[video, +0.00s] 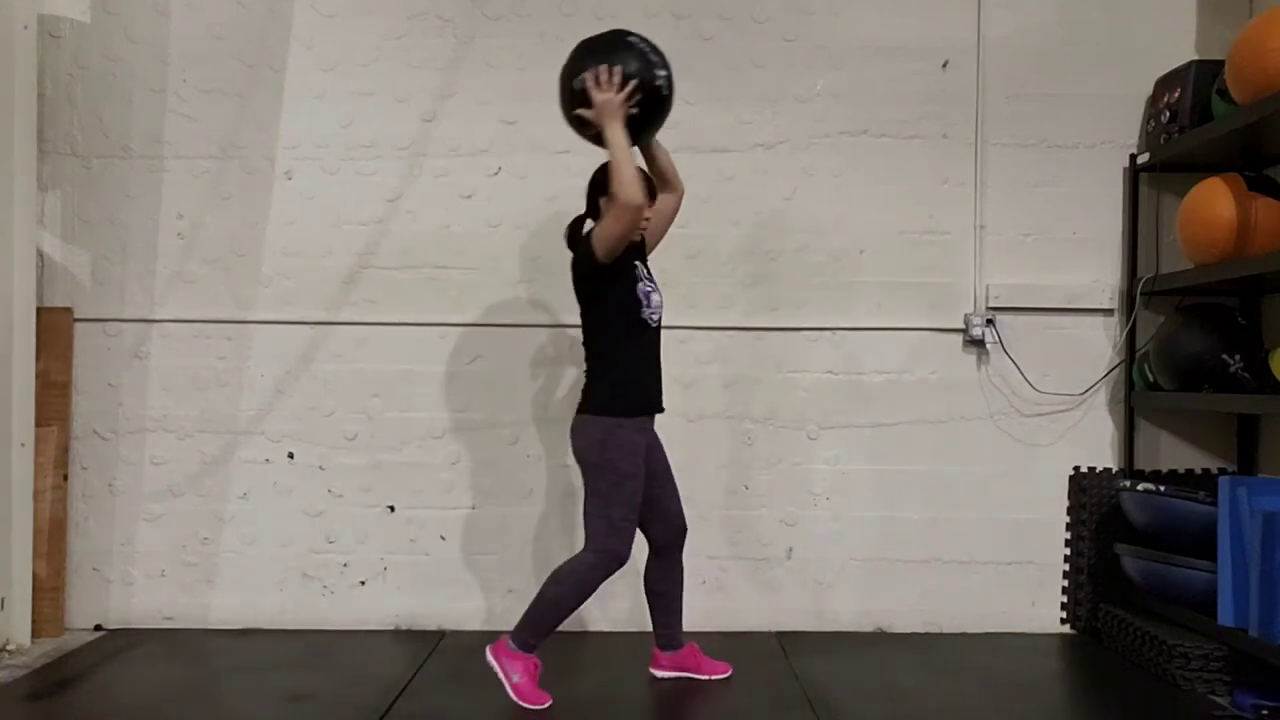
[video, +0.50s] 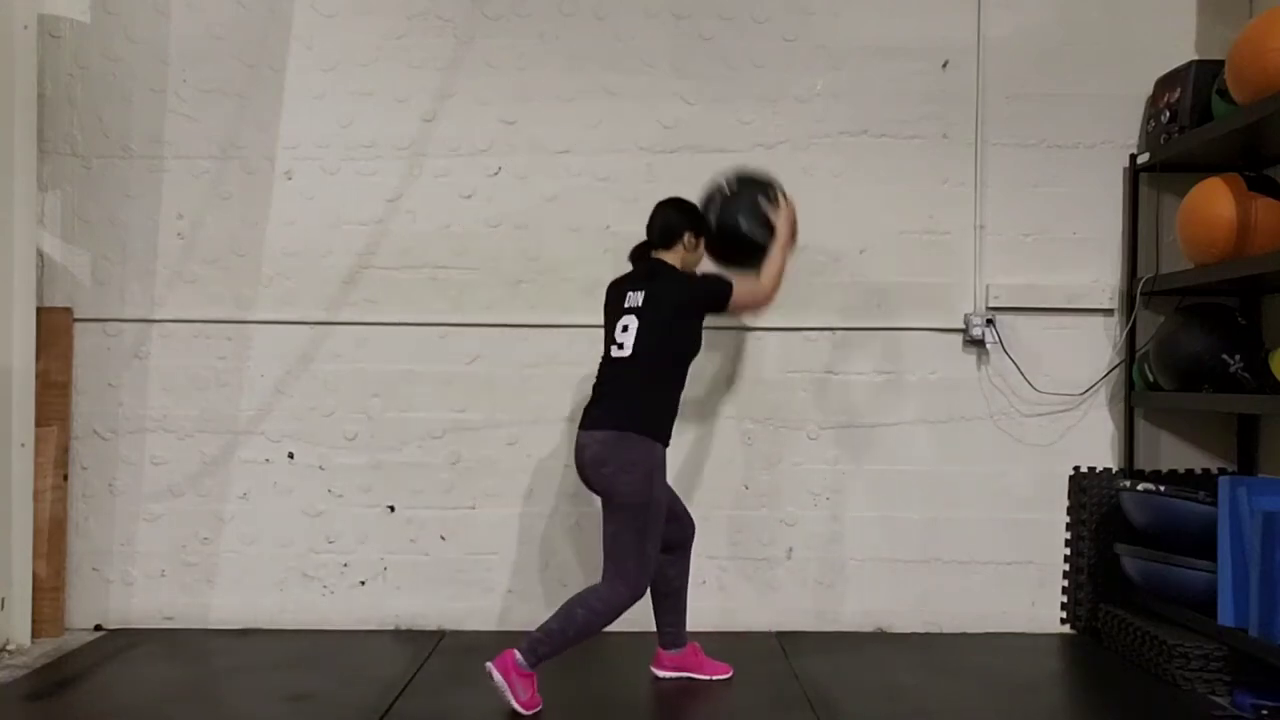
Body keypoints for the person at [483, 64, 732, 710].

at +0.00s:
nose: (637, 209)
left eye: (638, 198)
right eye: (627, 198)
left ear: (624, 207)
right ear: (606, 206)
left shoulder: (630, 249)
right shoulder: (593, 251)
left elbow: (673, 192)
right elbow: (631, 202)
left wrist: (640, 130)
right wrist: (611, 123)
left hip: (637, 427)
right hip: (607, 428)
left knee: (669, 535)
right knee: (607, 551)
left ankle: (671, 649)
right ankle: (517, 648)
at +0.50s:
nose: (702, 254)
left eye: (701, 245)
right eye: (700, 245)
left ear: (653, 239)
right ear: (687, 242)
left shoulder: (620, 286)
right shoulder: (685, 287)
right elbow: (759, 294)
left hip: (595, 446)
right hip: (632, 451)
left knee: (678, 532)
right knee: (626, 582)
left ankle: (673, 650)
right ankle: (522, 660)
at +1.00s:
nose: (734, 314)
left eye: (735, 306)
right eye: (734, 305)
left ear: (685, 301)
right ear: (721, 303)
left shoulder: (657, 348)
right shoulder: (720, 366)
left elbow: (660, 424)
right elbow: (733, 452)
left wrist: (733, 461)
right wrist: (748, 503)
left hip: (601, 476)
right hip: (620, 485)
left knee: (695, 534)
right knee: (628, 622)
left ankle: (676, 650)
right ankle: (516, 666)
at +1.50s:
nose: (697, 242)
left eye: (697, 234)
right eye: (695, 233)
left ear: (653, 233)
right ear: (674, 230)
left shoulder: (640, 282)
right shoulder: (678, 278)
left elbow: (685, 360)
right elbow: (749, 325)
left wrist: (726, 301)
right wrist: (774, 290)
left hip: (626, 433)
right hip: (638, 435)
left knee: (691, 535)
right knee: (631, 561)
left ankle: (671, 650)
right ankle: (529, 651)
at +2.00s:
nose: (653, 207)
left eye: (662, 199)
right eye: (643, 197)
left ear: (671, 210)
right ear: (621, 204)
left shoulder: (681, 265)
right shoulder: (603, 252)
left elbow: (750, 242)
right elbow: (608, 176)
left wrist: (725, 173)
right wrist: (643, 116)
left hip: (665, 425)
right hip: (606, 423)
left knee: (695, 533)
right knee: (580, 543)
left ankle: (676, 645)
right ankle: (552, 655)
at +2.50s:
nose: (562, 237)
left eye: (570, 227)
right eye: (557, 229)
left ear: (599, 226)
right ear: (558, 235)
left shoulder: (634, 276)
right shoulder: (568, 281)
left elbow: (594, 242)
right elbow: (506, 260)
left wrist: (585, 157)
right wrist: (499, 188)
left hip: (655, 446)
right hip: (599, 446)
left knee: (680, 560)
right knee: (548, 540)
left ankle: (743, 627)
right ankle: (548, 657)